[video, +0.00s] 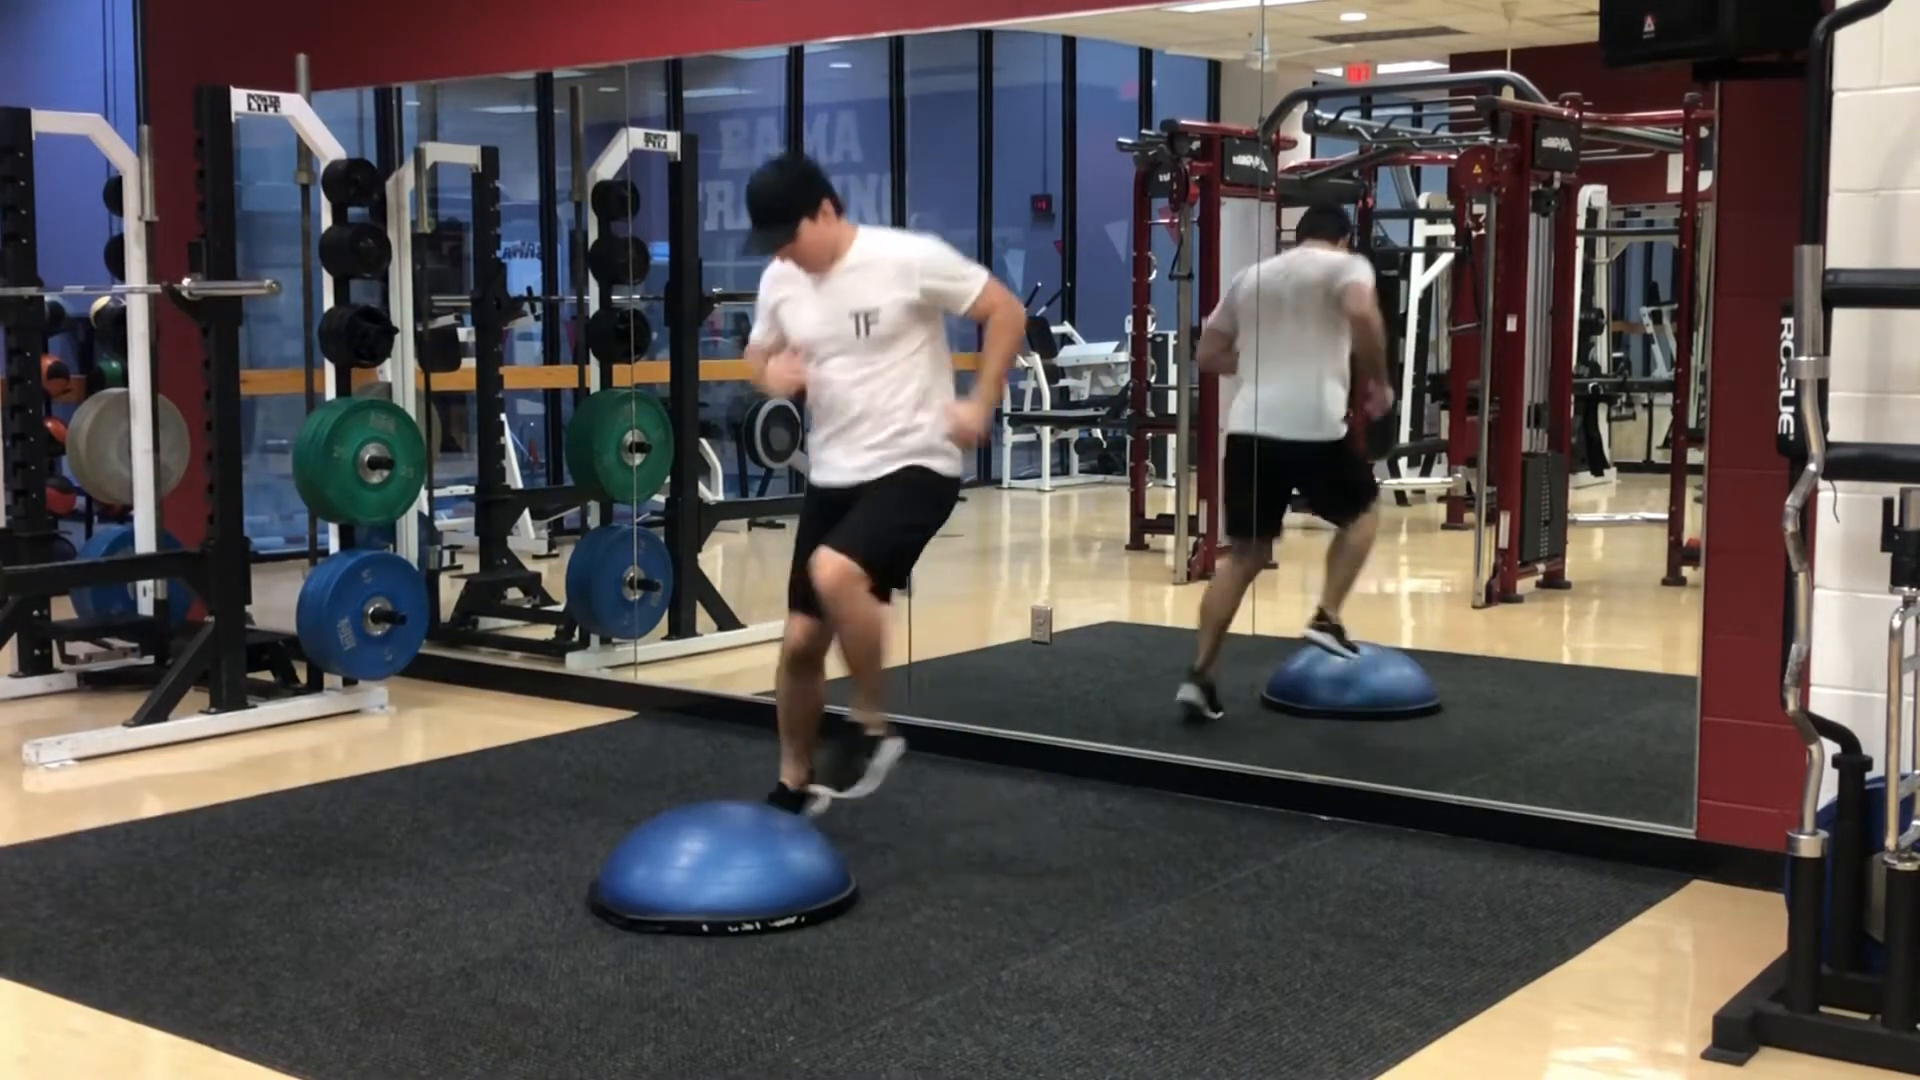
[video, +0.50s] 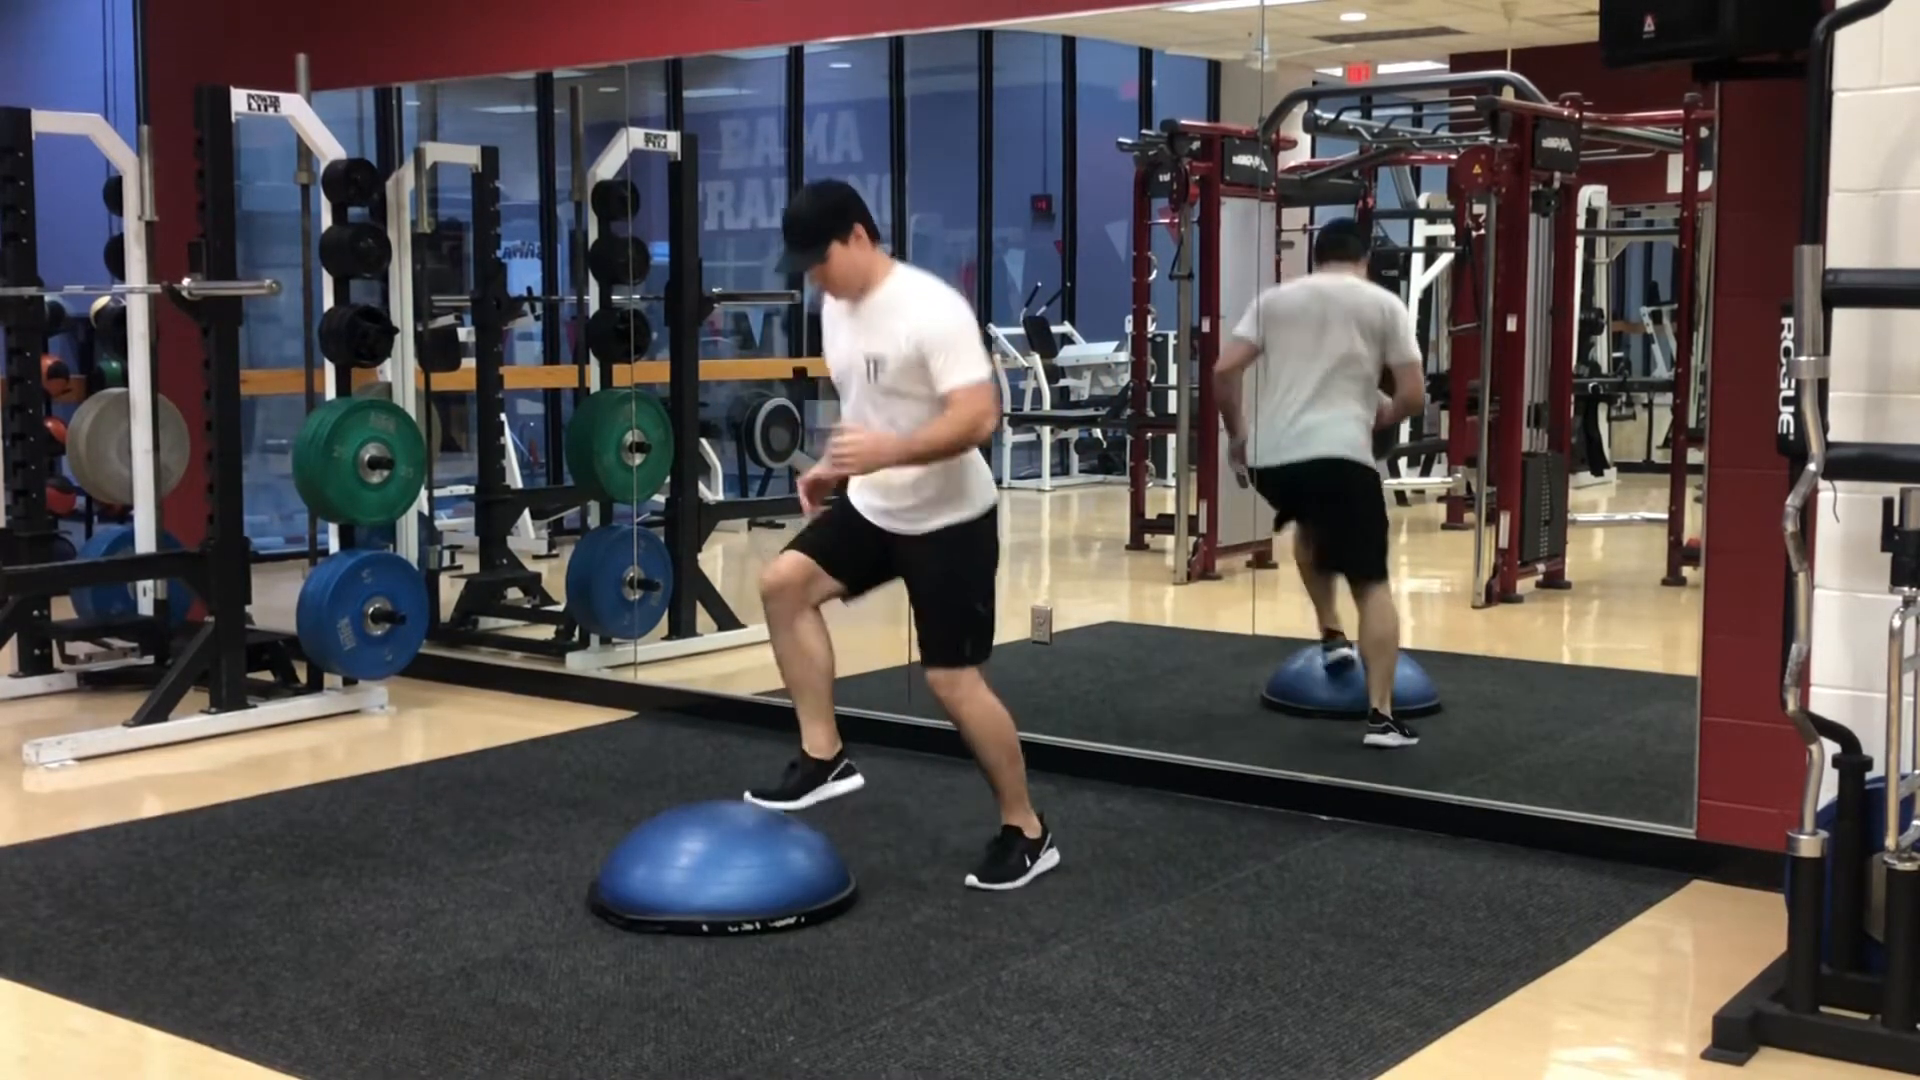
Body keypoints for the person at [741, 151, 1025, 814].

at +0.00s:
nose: (783, 254)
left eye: (789, 238)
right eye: (775, 244)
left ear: (826, 211)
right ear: (774, 235)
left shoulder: (909, 258)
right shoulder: (779, 279)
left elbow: (1007, 311)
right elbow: (760, 362)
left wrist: (982, 402)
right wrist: (774, 375)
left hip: (916, 462)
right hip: (834, 476)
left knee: (837, 571)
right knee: (801, 642)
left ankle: (872, 724)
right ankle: (794, 784)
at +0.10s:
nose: (774, 284)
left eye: (780, 268)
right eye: (766, 273)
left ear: (817, 241)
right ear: (765, 263)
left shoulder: (897, 291)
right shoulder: (770, 317)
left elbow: (997, 333)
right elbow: (732, 404)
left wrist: (997, 420)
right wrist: (749, 423)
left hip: (904, 494)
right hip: (821, 510)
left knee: (804, 586)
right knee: (785, 672)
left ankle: (827, 756)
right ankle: (803, 787)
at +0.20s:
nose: (779, 263)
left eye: (786, 247)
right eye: (772, 252)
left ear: (822, 222)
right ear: (772, 243)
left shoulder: (899, 272)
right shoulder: (775, 296)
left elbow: (1003, 314)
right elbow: (735, 384)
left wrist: (967, 387)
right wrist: (751, 401)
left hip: (909, 479)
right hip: (826, 497)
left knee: (829, 591)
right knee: (805, 664)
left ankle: (871, 751)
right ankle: (806, 796)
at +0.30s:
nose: (788, 237)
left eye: (794, 220)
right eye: (781, 225)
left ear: (831, 194)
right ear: (789, 214)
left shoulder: (913, 242)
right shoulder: (790, 268)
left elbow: (1009, 295)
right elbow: (780, 344)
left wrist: (949, 357)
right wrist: (775, 379)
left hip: (922, 462)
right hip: (839, 469)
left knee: (877, 603)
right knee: (795, 623)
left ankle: (947, 763)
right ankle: (800, 766)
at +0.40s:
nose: (802, 247)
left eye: (807, 231)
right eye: (795, 237)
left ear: (842, 202)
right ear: (799, 223)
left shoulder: (924, 256)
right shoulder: (814, 269)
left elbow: (1003, 337)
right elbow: (826, 353)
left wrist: (928, 388)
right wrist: (802, 403)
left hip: (936, 481)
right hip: (857, 479)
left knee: (937, 644)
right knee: (779, 589)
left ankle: (1004, 811)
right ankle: (812, 744)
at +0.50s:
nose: (814, 279)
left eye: (818, 262)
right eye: (808, 266)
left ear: (857, 238)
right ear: (842, 247)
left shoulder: (934, 307)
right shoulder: (836, 306)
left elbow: (978, 416)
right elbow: (869, 414)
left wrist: (891, 450)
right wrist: (833, 470)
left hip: (951, 518)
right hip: (874, 510)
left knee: (954, 679)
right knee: (783, 586)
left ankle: (1025, 827)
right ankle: (822, 755)